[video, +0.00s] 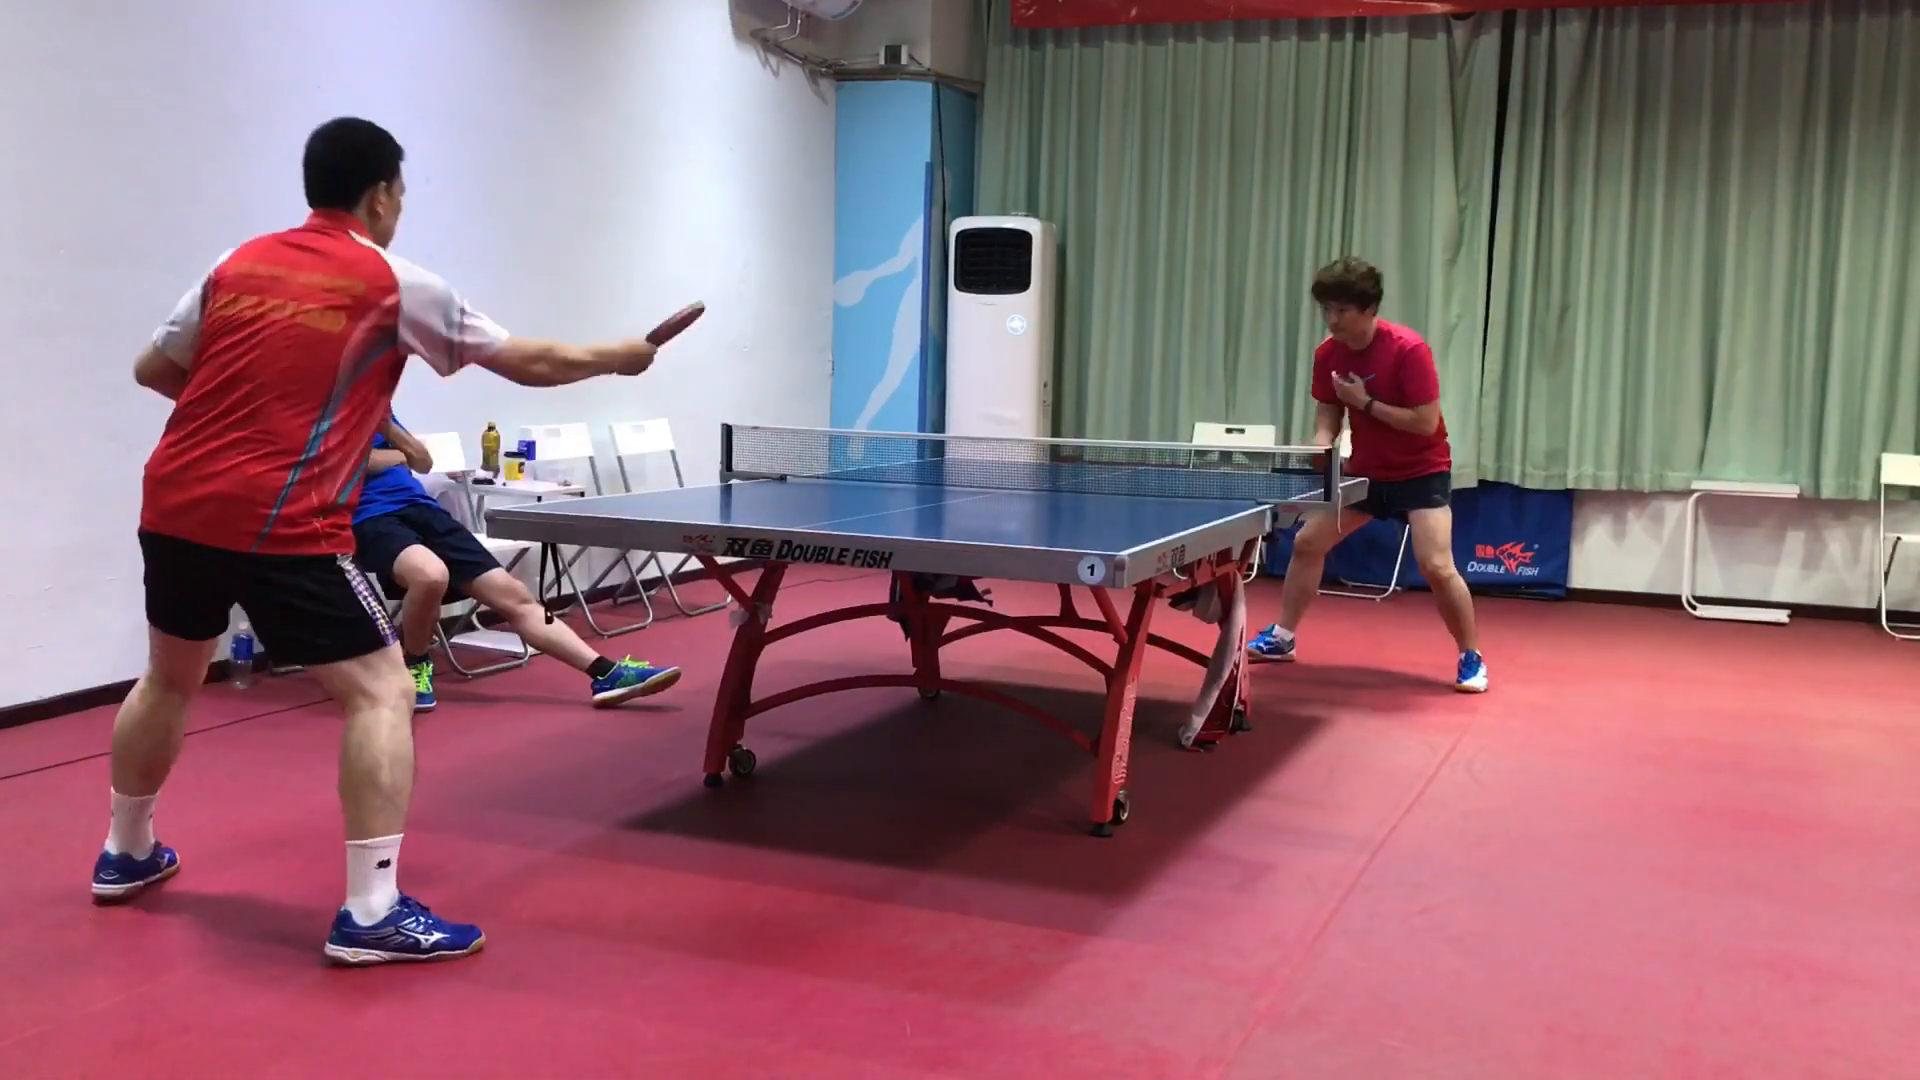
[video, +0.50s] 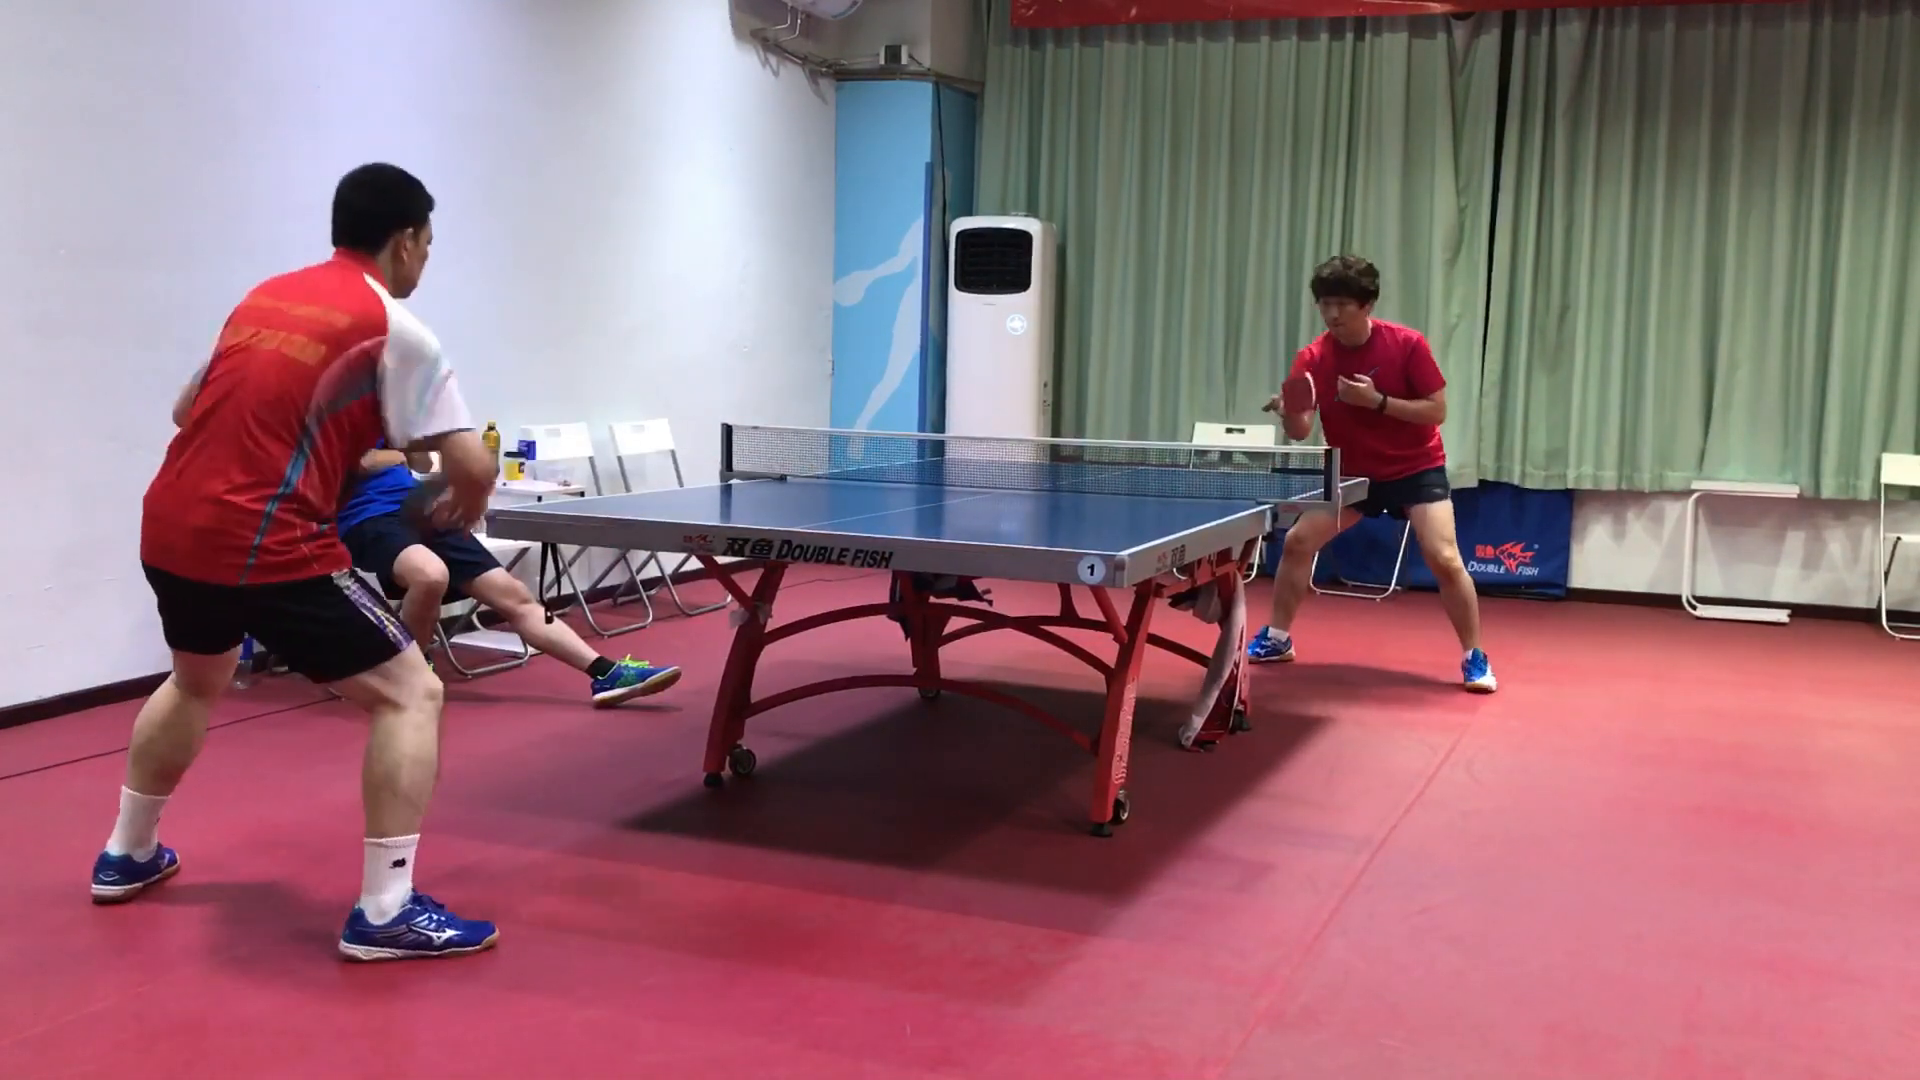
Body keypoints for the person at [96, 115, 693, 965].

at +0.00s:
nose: (402, 207)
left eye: (401, 193)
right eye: (399, 193)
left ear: (312, 196)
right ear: (378, 198)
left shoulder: (239, 262)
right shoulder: (395, 283)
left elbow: (156, 366)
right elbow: (527, 363)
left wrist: (251, 405)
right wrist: (623, 355)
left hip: (176, 506)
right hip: (290, 522)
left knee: (168, 681)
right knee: (378, 690)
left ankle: (125, 850)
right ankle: (371, 910)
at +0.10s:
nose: (383, 197)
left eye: (383, 183)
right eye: (381, 183)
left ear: (294, 183)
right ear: (357, 184)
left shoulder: (225, 259)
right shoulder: (370, 268)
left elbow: (150, 366)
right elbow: (492, 366)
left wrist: (241, 416)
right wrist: (602, 362)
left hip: (180, 499)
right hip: (286, 509)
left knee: (173, 680)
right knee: (376, 683)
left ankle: (125, 852)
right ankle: (375, 903)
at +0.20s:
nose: (383, 190)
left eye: (380, 174)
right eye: (380, 174)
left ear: (297, 176)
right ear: (356, 178)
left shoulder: (230, 253)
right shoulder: (362, 263)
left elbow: (169, 370)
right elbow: (452, 374)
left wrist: (270, 400)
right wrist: (550, 396)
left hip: (178, 499)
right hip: (277, 506)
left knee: (176, 679)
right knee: (370, 681)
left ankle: (125, 852)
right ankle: (386, 899)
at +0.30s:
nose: (402, 214)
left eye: (401, 198)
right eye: (399, 198)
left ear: (313, 199)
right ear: (371, 200)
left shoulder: (247, 268)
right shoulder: (364, 278)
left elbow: (244, 411)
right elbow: (436, 404)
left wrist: (350, 453)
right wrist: (507, 436)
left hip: (173, 511)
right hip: (269, 522)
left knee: (192, 676)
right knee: (373, 687)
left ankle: (127, 850)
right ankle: (384, 908)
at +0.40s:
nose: (416, 255)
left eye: (417, 240)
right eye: (415, 239)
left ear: (331, 230)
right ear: (393, 237)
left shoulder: (264, 293)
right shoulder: (374, 314)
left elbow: (247, 414)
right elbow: (436, 444)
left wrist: (343, 458)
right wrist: (472, 493)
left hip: (170, 533)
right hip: (265, 545)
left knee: (202, 681)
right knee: (403, 690)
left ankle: (128, 853)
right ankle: (386, 909)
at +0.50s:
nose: (427, 259)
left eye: (429, 245)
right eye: (426, 245)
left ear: (340, 235)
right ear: (404, 244)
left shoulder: (266, 296)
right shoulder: (396, 329)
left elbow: (189, 412)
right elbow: (473, 467)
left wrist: (324, 456)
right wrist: (464, 506)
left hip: (173, 533)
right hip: (272, 548)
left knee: (194, 684)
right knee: (411, 692)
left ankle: (127, 853)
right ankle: (386, 908)